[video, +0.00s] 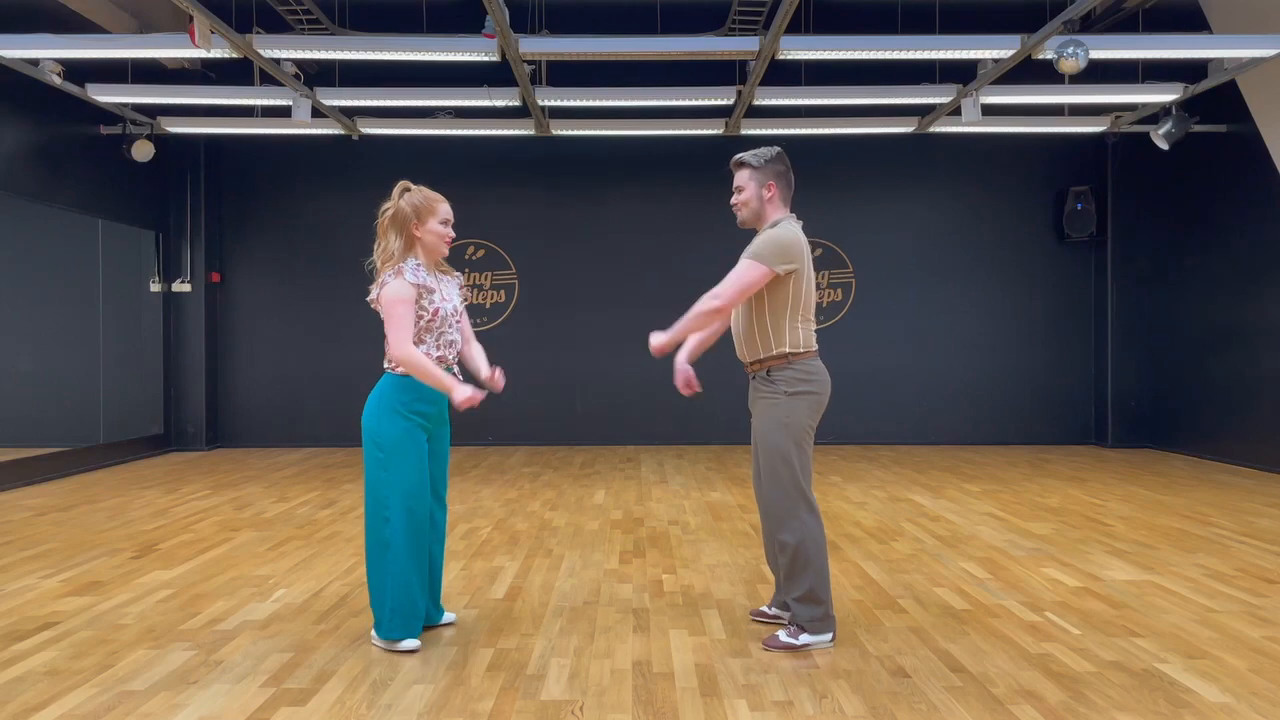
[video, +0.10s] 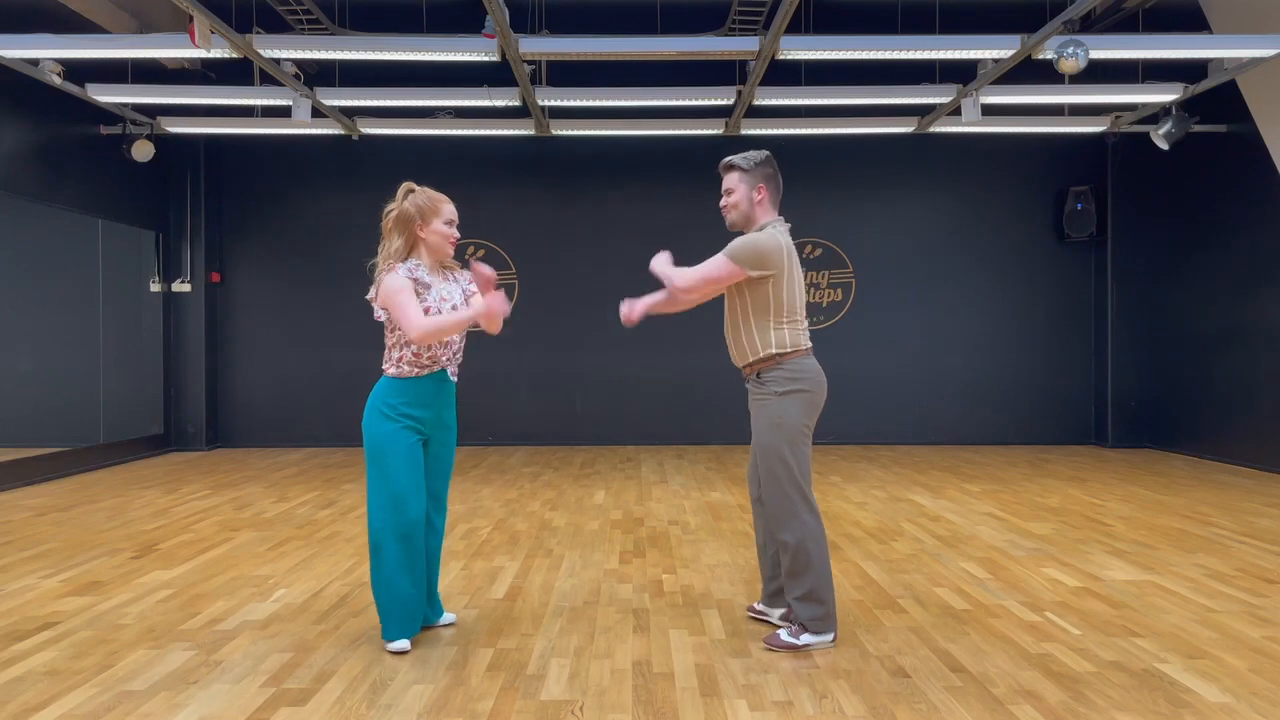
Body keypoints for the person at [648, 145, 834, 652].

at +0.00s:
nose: (732, 200)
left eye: (740, 190)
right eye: (733, 190)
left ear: (770, 191)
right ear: (765, 193)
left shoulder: (780, 238)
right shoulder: (768, 242)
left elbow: (723, 299)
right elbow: (726, 308)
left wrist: (670, 335)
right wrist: (684, 353)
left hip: (789, 383)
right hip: (771, 383)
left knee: (788, 500)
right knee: (775, 495)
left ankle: (814, 621)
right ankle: (792, 599)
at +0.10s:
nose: (722, 202)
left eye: (729, 192)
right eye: (722, 193)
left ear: (760, 193)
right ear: (756, 196)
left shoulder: (763, 243)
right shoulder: (758, 243)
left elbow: (689, 283)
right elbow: (696, 293)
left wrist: (664, 268)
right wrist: (647, 303)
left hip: (785, 383)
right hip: (772, 382)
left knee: (786, 495)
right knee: (765, 489)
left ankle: (815, 620)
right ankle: (780, 598)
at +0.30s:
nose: (699, 217)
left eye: (706, 208)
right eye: (697, 208)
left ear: (738, 210)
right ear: (735, 213)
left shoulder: (727, 261)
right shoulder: (752, 253)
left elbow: (669, 271)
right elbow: (668, 269)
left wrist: (694, 227)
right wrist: (653, 226)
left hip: (752, 390)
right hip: (786, 384)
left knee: (763, 503)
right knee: (753, 496)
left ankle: (814, 621)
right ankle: (744, 601)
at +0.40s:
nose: (683, 229)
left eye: (691, 220)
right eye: (681, 220)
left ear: (721, 222)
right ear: (719, 224)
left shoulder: (698, 271)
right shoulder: (743, 261)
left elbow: (661, 306)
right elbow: (677, 295)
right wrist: (649, 254)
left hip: (729, 398)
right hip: (772, 390)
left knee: (699, 504)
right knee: (756, 499)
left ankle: (768, 580)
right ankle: (749, 600)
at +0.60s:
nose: (720, 252)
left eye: (718, 245)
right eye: (719, 245)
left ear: (674, 240)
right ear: (713, 245)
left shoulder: (644, 284)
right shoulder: (729, 297)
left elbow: (595, 338)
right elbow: (739, 370)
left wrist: (570, 355)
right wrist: (742, 409)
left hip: (657, 409)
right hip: (713, 408)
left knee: (603, 480)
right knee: (730, 502)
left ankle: (588, 576)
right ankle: (746, 596)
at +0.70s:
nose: (704, 260)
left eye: (704, 251)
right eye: (702, 251)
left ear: (662, 247)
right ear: (684, 251)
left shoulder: (612, 281)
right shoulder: (702, 301)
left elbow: (558, 320)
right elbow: (745, 362)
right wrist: (792, 384)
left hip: (608, 405)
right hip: (666, 406)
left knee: (565, 488)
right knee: (711, 499)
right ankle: (743, 598)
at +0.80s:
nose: (674, 266)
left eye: (675, 259)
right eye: (672, 259)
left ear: (630, 254)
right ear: (656, 258)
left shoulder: (590, 283)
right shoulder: (665, 301)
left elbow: (533, 303)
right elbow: (712, 350)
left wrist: (475, 294)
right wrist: (774, 364)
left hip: (567, 400)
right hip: (619, 402)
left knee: (536, 488)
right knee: (662, 492)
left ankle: (507, 573)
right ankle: (716, 592)